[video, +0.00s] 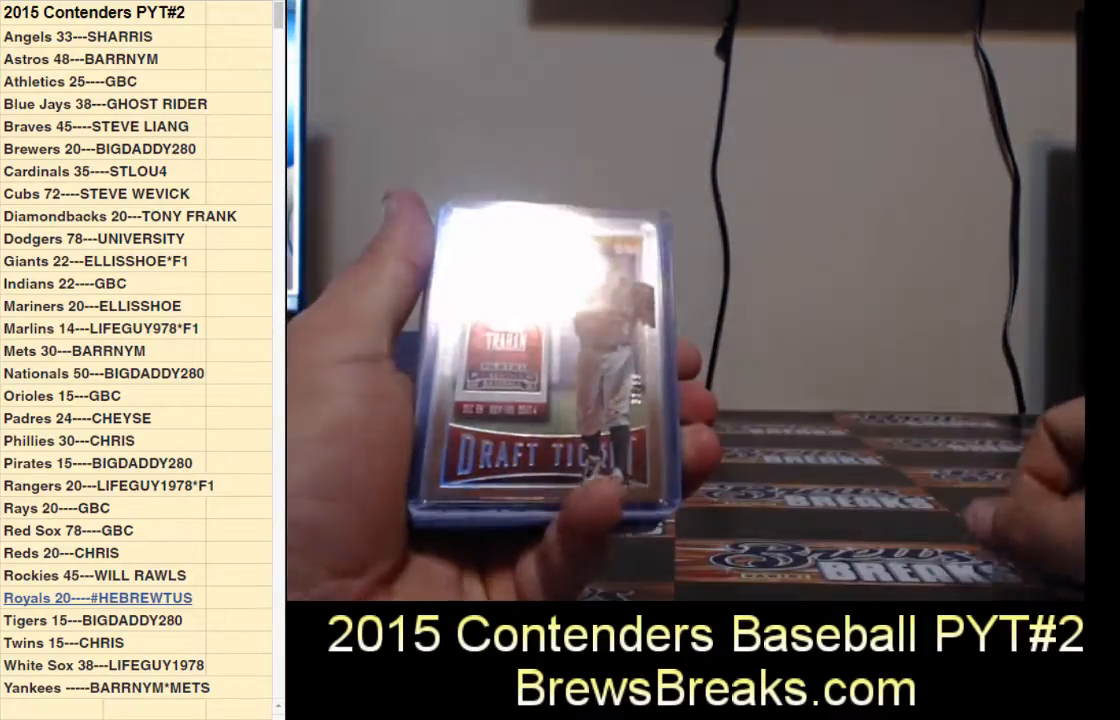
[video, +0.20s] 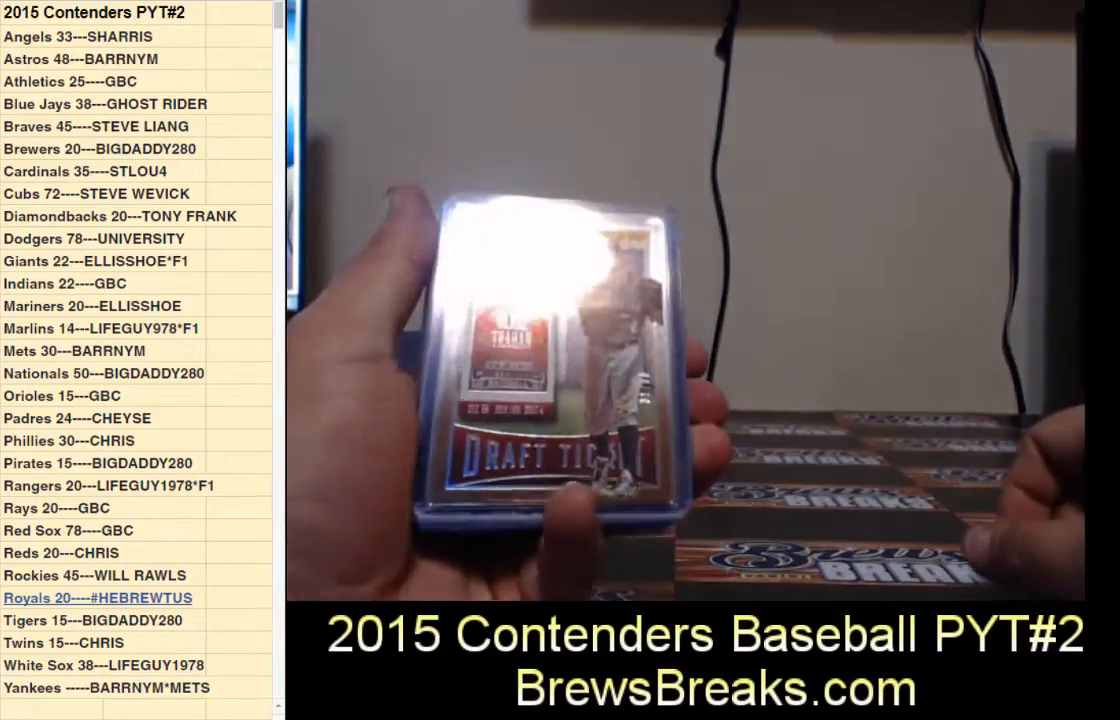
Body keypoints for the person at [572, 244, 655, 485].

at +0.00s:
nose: (611, 273)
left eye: (615, 269)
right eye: (607, 267)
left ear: (622, 267)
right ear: (601, 266)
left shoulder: (632, 290)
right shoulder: (592, 288)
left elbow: (651, 319)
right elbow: (579, 318)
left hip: (619, 350)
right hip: (590, 351)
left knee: (617, 410)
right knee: (588, 410)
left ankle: (620, 470)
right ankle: (595, 464)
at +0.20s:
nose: (622, 273)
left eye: (628, 269)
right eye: (619, 268)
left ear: (635, 270)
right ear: (612, 268)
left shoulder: (641, 291)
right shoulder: (600, 290)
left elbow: (658, 317)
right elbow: (584, 309)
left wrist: (642, 290)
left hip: (626, 349)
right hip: (597, 351)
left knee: (625, 411)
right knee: (596, 410)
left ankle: (629, 475)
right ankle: (603, 467)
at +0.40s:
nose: (647, 256)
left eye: (654, 250)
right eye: (643, 250)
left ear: (665, 255)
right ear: (637, 255)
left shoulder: (675, 286)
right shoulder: (628, 281)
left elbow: (687, 323)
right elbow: (605, 268)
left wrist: (695, 307)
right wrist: (601, 264)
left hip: (665, 358)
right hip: (631, 359)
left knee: (660, 427)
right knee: (630, 428)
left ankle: (661, 496)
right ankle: (635, 491)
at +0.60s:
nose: (668, 242)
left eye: (674, 236)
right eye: (663, 236)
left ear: (685, 241)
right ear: (656, 240)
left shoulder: (697, 276)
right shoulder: (644, 267)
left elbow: (718, 314)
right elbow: (625, 262)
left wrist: (719, 299)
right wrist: (616, 254)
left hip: (683, 354)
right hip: (648, 354)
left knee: (678, 426)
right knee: (646, 426)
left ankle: (680, 499)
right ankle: (652, 485)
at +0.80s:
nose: (670, 219)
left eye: (677, 214)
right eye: (665, 214)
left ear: (687, 218)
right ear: (657, 218)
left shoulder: (700, 254)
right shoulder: (646, 247)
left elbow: (722, 296)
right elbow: (626, 242)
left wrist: (726, 277)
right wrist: (615, 233)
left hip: (691, 339)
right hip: (653, 339)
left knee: (688, 414)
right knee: (654, 414)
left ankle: (690, 490)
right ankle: (661, 478)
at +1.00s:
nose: (673, 211)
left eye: (680, 205)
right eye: (668, 205)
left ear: (691, 211)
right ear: (660, 210)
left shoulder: (702, 249)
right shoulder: (646, 241)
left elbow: (724, 292)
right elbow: (628, 234)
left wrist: (725, 274)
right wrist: (617, 225)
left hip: (689, 335)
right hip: (652, 334)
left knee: (682, 410)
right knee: (650, 411)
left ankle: (683, 485)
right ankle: (655, 470)